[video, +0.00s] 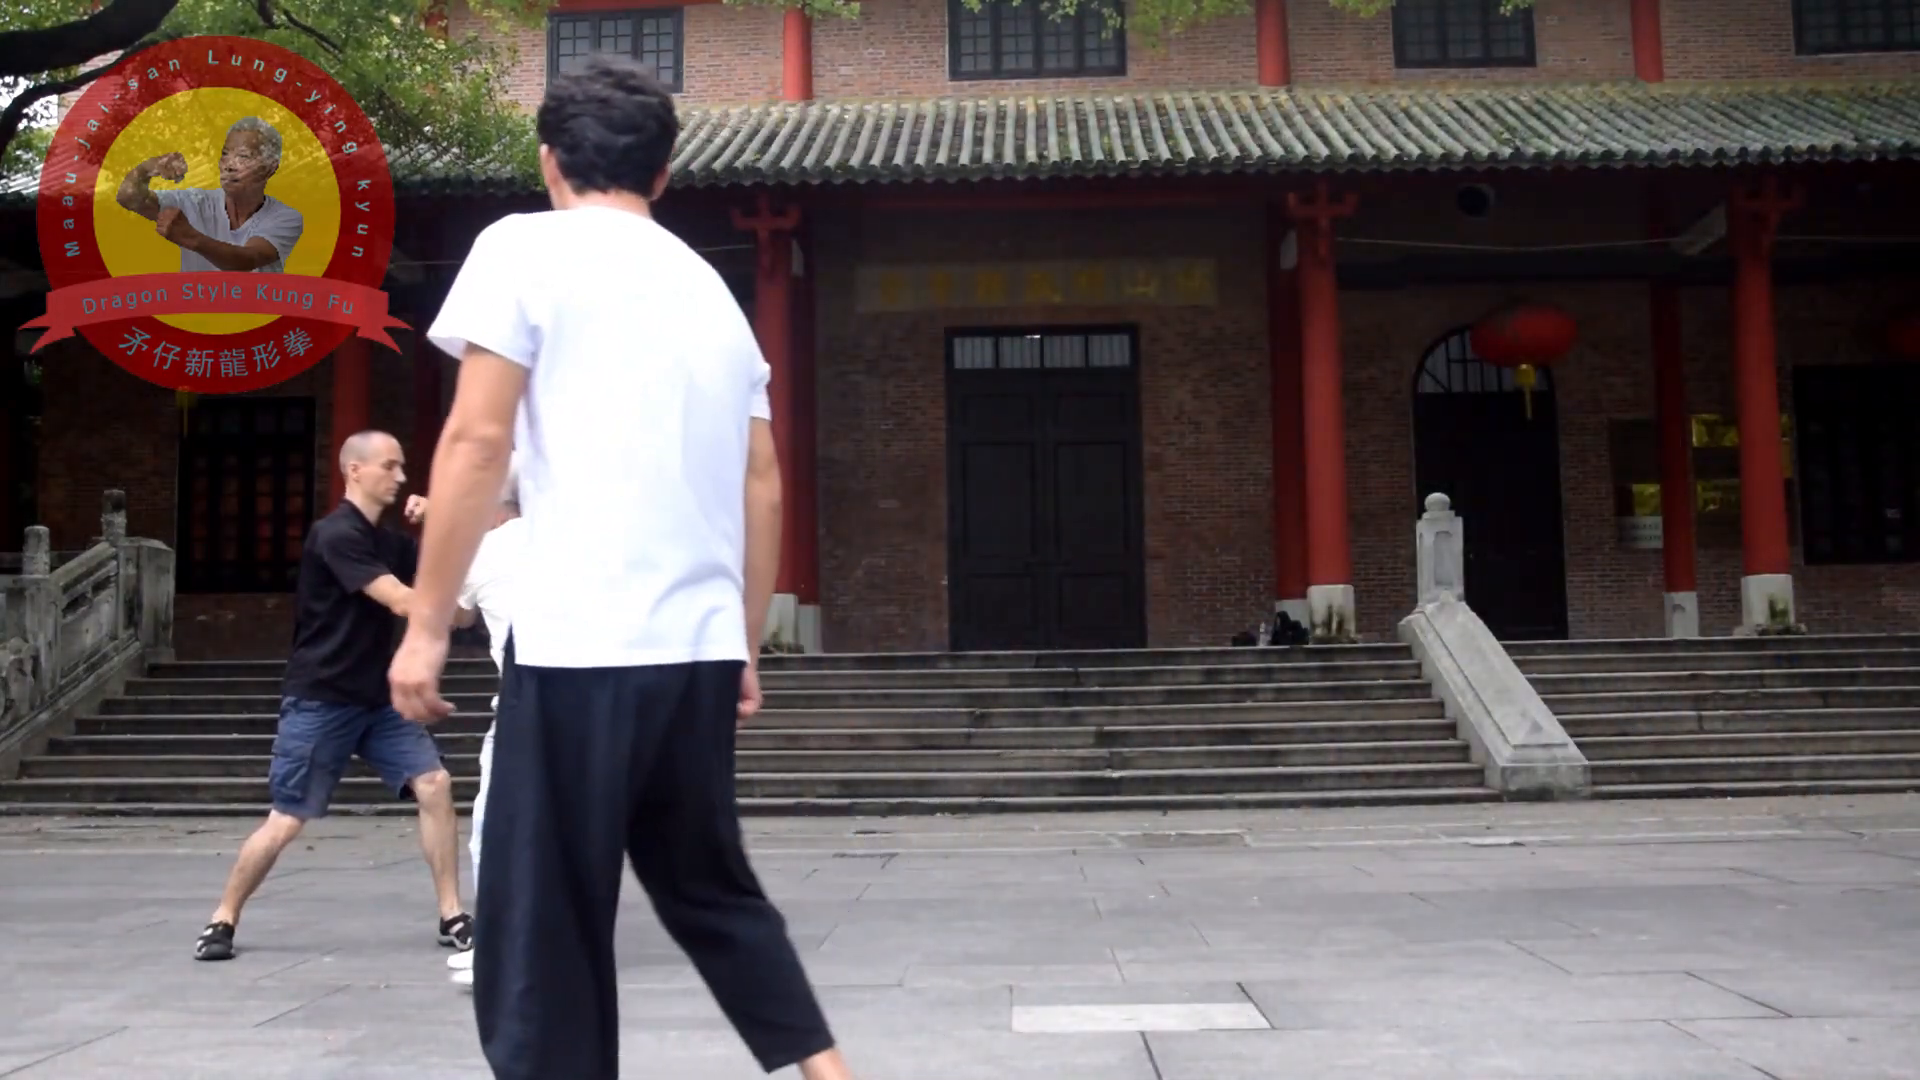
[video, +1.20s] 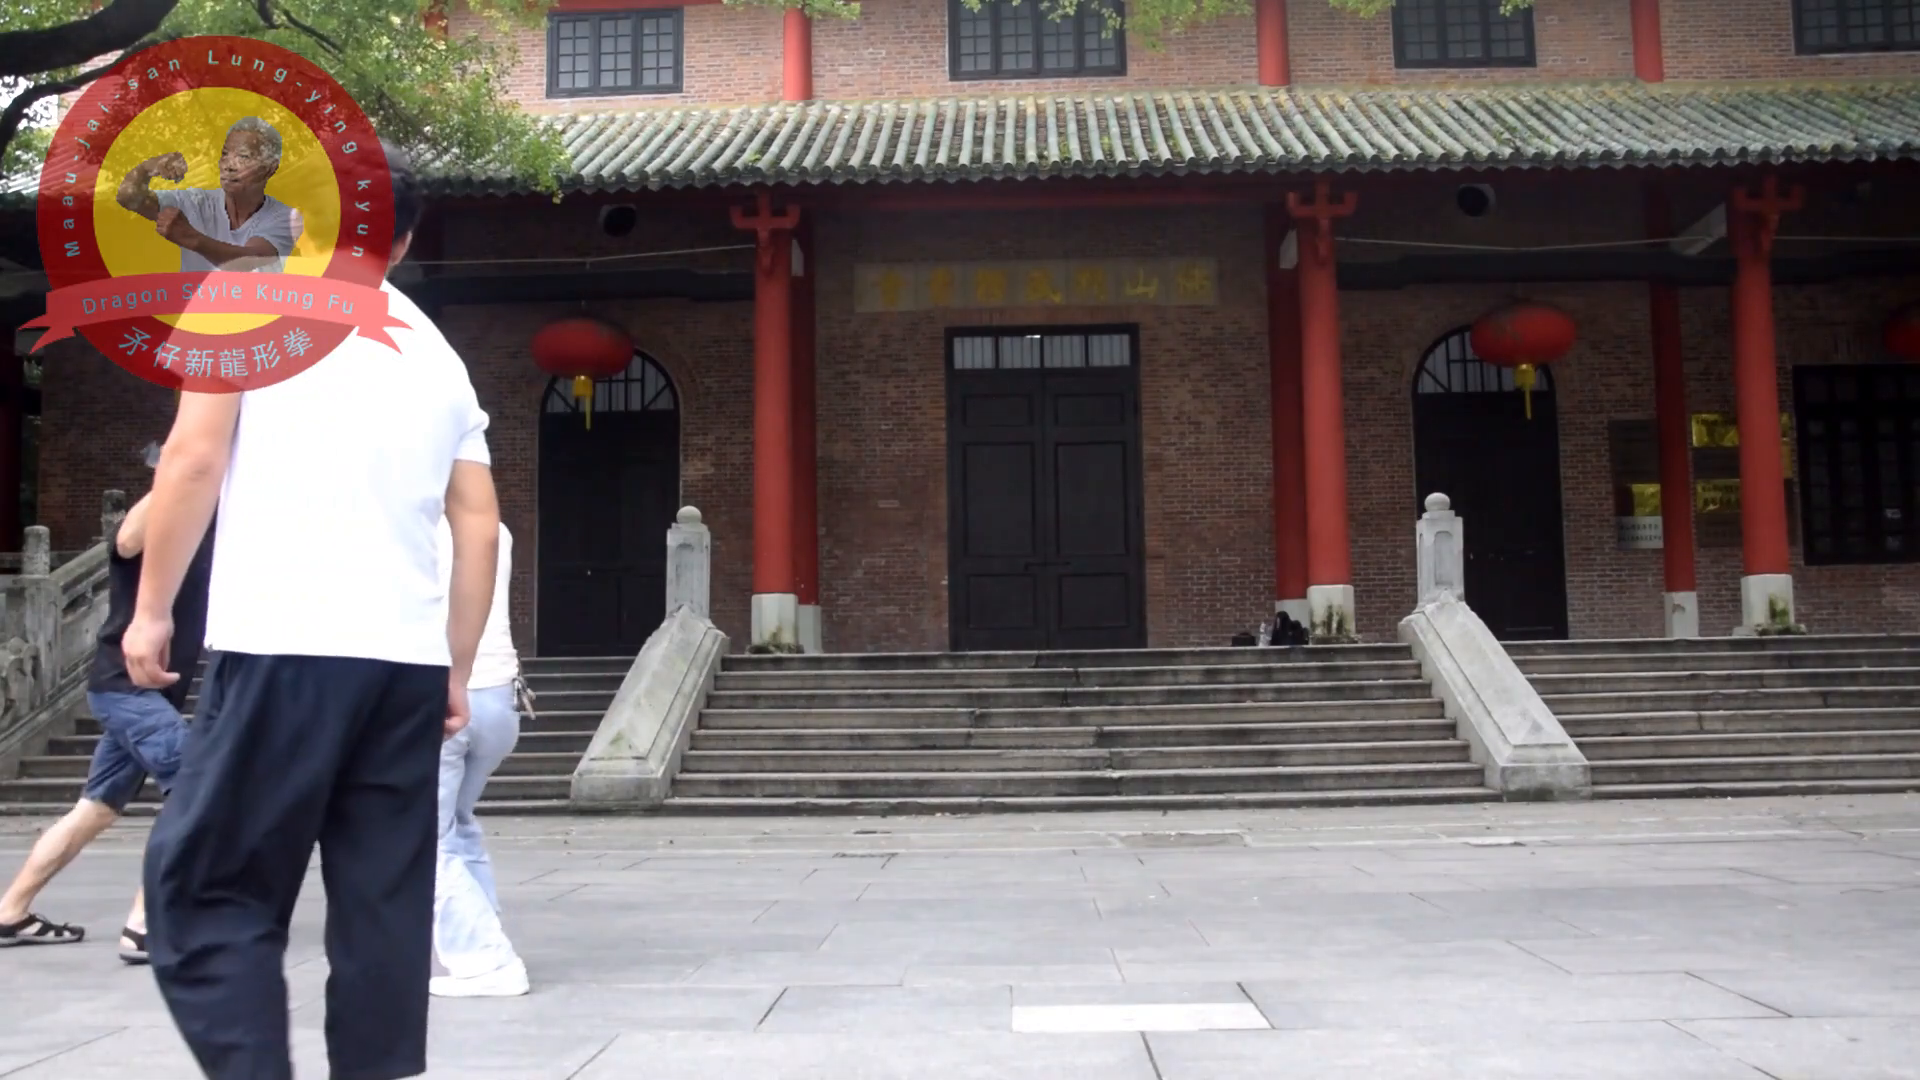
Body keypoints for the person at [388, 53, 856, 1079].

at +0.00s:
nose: (539, 165)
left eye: (540, 153)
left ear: (553, 161)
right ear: (661, 176)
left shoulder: (524, 247)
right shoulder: (713, 291)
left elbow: (481, 441)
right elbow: (764, 480)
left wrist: (428, 623)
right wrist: (745, 639)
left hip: (574, 656)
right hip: (701, 653)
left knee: (544, 916)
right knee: (710, 883)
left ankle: (553, 1074)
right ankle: (821, 1064)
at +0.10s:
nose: (499, 164)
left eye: (500, 152)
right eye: (507, 151)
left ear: (512, 160)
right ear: (620, 169)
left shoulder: (483, 247)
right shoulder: (679, 288)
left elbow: (427, 446)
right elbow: (731, 476)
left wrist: (372, 628)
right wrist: (714, 636)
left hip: (548, 656)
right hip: (672, 651)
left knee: (522, 924)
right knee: (648, 887)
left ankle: (549, 1076)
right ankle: (735, 1064)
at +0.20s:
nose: (468, 169)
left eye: (468, 156)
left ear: (480, 163)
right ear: (590, 168)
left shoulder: (450, 251)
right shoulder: (652, 288)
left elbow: (394, 450)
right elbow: (707, 475)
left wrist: (336, 633)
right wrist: (697, 634)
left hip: (520, 656)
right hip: (647, 656)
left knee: (507, 932)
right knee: (610, 919)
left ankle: (537, 1074)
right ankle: (618, 1073)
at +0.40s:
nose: (420, 184)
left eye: (420, 171)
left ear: (427, 175)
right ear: (538, 179)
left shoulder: (410, 260)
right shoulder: (601, 303)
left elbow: (349, 453)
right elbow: (658, 480)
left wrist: (302, 643)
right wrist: (665, 644)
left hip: (464, 662)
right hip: (587, 661)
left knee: (486, 939)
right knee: (518, 924)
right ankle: (474, 1068)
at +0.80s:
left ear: (343, 195)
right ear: (453, 218)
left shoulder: (310, 284)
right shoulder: (492, 338)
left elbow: (258, 448)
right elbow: (530, 508)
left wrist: (206, 622)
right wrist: (511, 660)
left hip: (350, 659)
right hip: (466, 662)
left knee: (363, 919)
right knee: (417, 914)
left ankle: (472, 1075)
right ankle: (384, 1071)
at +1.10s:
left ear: (322, 221)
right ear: (415, 242)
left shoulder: (260, 297)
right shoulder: (448, 351)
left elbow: (207, 450)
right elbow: (486, 521)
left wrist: (157, 608)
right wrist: (460, 661)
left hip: (296, 656)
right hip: (421, 666)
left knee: (237, 886)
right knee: (391, 903)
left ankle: (355, 1066)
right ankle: (390, 1074)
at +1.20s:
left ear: (314, 224)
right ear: (400, 243)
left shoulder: (245, 300)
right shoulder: (436, 351)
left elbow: (196, 458)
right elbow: (478, 525)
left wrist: (154, 607)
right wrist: (455, 666)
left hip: (279, 657)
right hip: (410, 667)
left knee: (208, 897)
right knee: (383, 919)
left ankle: (255, 1070)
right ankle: (378, 1071)